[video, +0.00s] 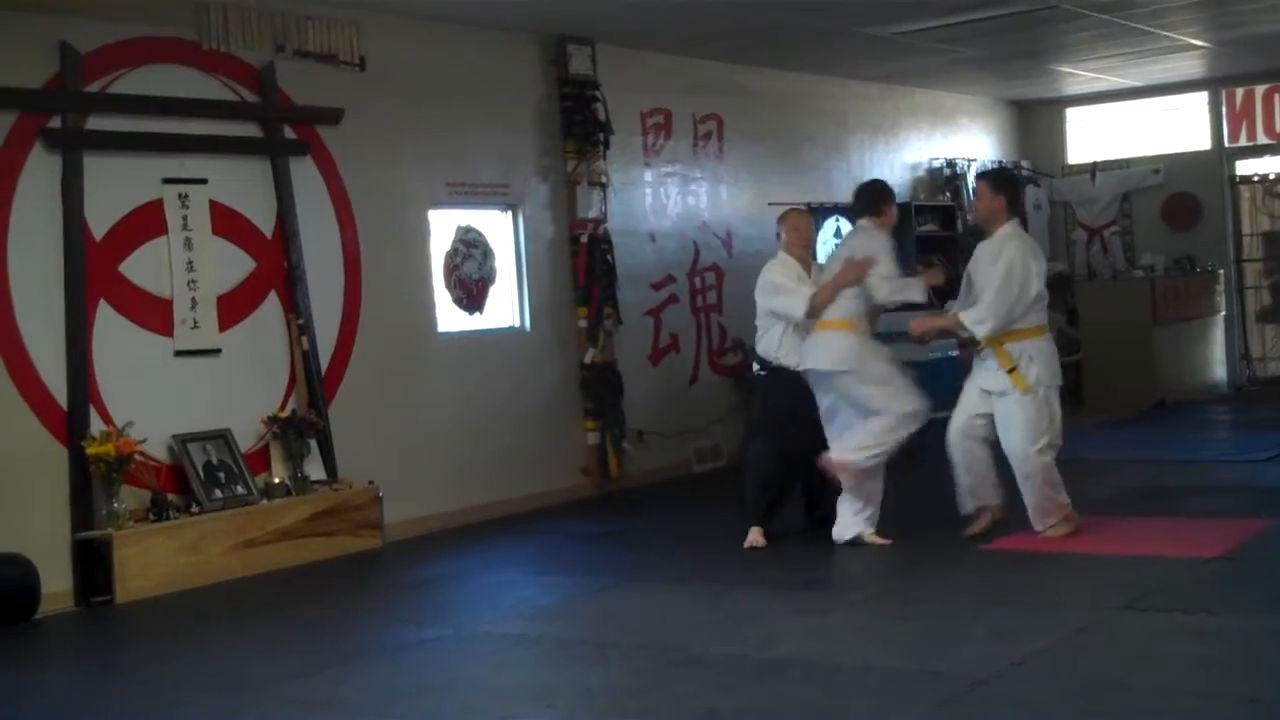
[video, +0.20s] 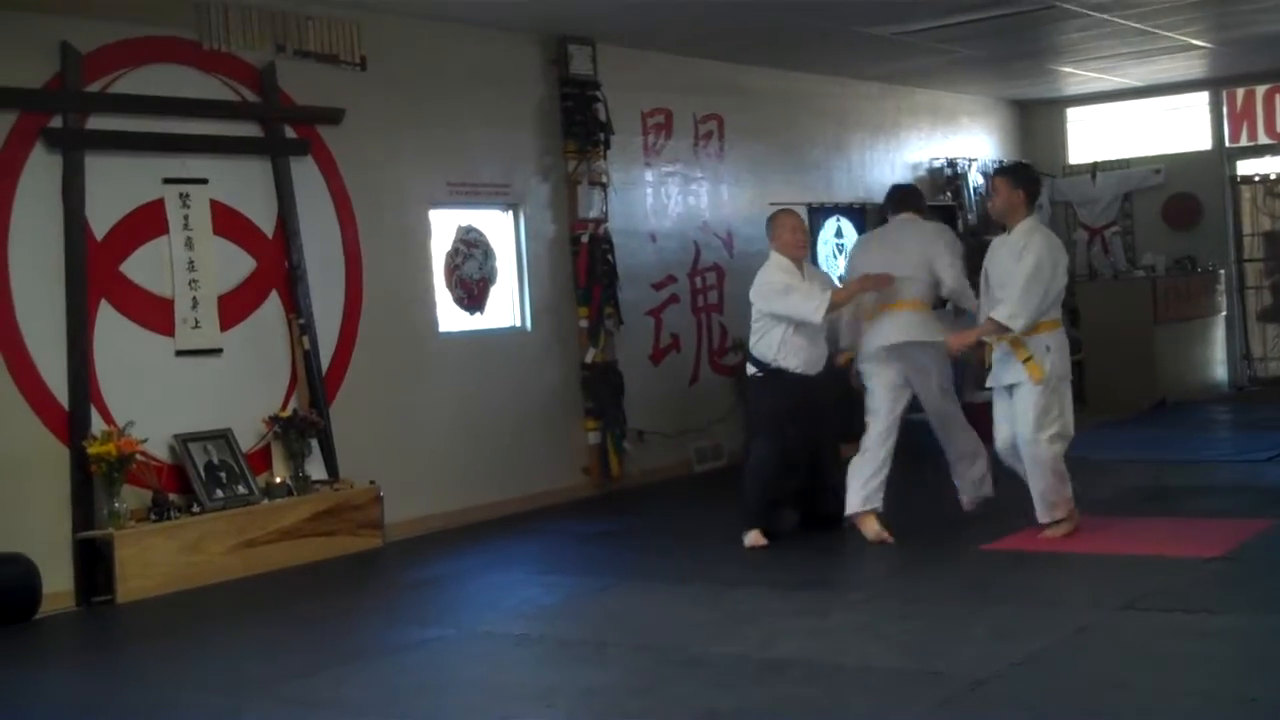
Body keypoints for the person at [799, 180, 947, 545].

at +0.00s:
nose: (895, 214)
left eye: (894, 207)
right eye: (894, 208)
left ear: (859, 211)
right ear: (886, 211)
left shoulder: (845, 244)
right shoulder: (876, 241)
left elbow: (864, 296)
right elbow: (883, 291)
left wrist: (914, 281)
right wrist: (925, 283)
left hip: (817, 351)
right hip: (846, 348)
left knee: (850, 441)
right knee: (910, 407)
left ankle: (853, 524)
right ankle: (844, 458)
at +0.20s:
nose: (923, 212)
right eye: (922, 206)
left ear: (887, 210)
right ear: (921, 207)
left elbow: (848, 302)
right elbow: (952, 284)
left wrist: (847, 347)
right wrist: (978, 314)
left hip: (875, 341)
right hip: (922, 335)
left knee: (879, 426)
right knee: (946, 415)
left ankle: (861, 505)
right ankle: (974, 490)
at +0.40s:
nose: (885, 226)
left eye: (887, 219)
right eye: (883, 220)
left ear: (903, 212)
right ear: (914, 212)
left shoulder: (896, 242)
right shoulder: (954, 240)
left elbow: (888, 294)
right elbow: (992, 285)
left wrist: (866, 334)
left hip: (929, 339)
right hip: (970, 336)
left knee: (918, 418)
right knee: (967, 419)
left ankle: (930, 479)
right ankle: (975, 497)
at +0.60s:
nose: (891, 214)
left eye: (895, 205)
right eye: (889, 207)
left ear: (915, 200)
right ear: (912, 202)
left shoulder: (925, 230)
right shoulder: (940, 226)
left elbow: (940, 277)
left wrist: (921, 321)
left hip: (956, 331)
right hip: (986, 326)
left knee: (942, 410)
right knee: (980, 403)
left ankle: (965, 485)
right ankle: (999, 472)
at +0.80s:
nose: (911, 217)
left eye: (918, 210)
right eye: (909, 211)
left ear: (937, 211)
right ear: (911, 213)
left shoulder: (954, 242)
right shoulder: (935, 245)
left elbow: (969, 292)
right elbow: (927, 297)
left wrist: (963, 341)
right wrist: (904, 339)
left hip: (968, 338)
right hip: (975, 338)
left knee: (952, 419)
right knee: (993, 415)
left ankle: (985, 484)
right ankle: (1052, 458)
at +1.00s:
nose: (935, 207)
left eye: (942, 200)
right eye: (931, 201)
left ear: (958, 200)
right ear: (928, 204)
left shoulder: (979, 233)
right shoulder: (940, 244)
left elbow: (987, 283)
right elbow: (933, 297)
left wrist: (980, 332)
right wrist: (918, 342)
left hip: (987, 326)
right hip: (968, 326)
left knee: (971, 406)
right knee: (990, 401)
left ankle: (983, 482)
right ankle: (1012, 464)